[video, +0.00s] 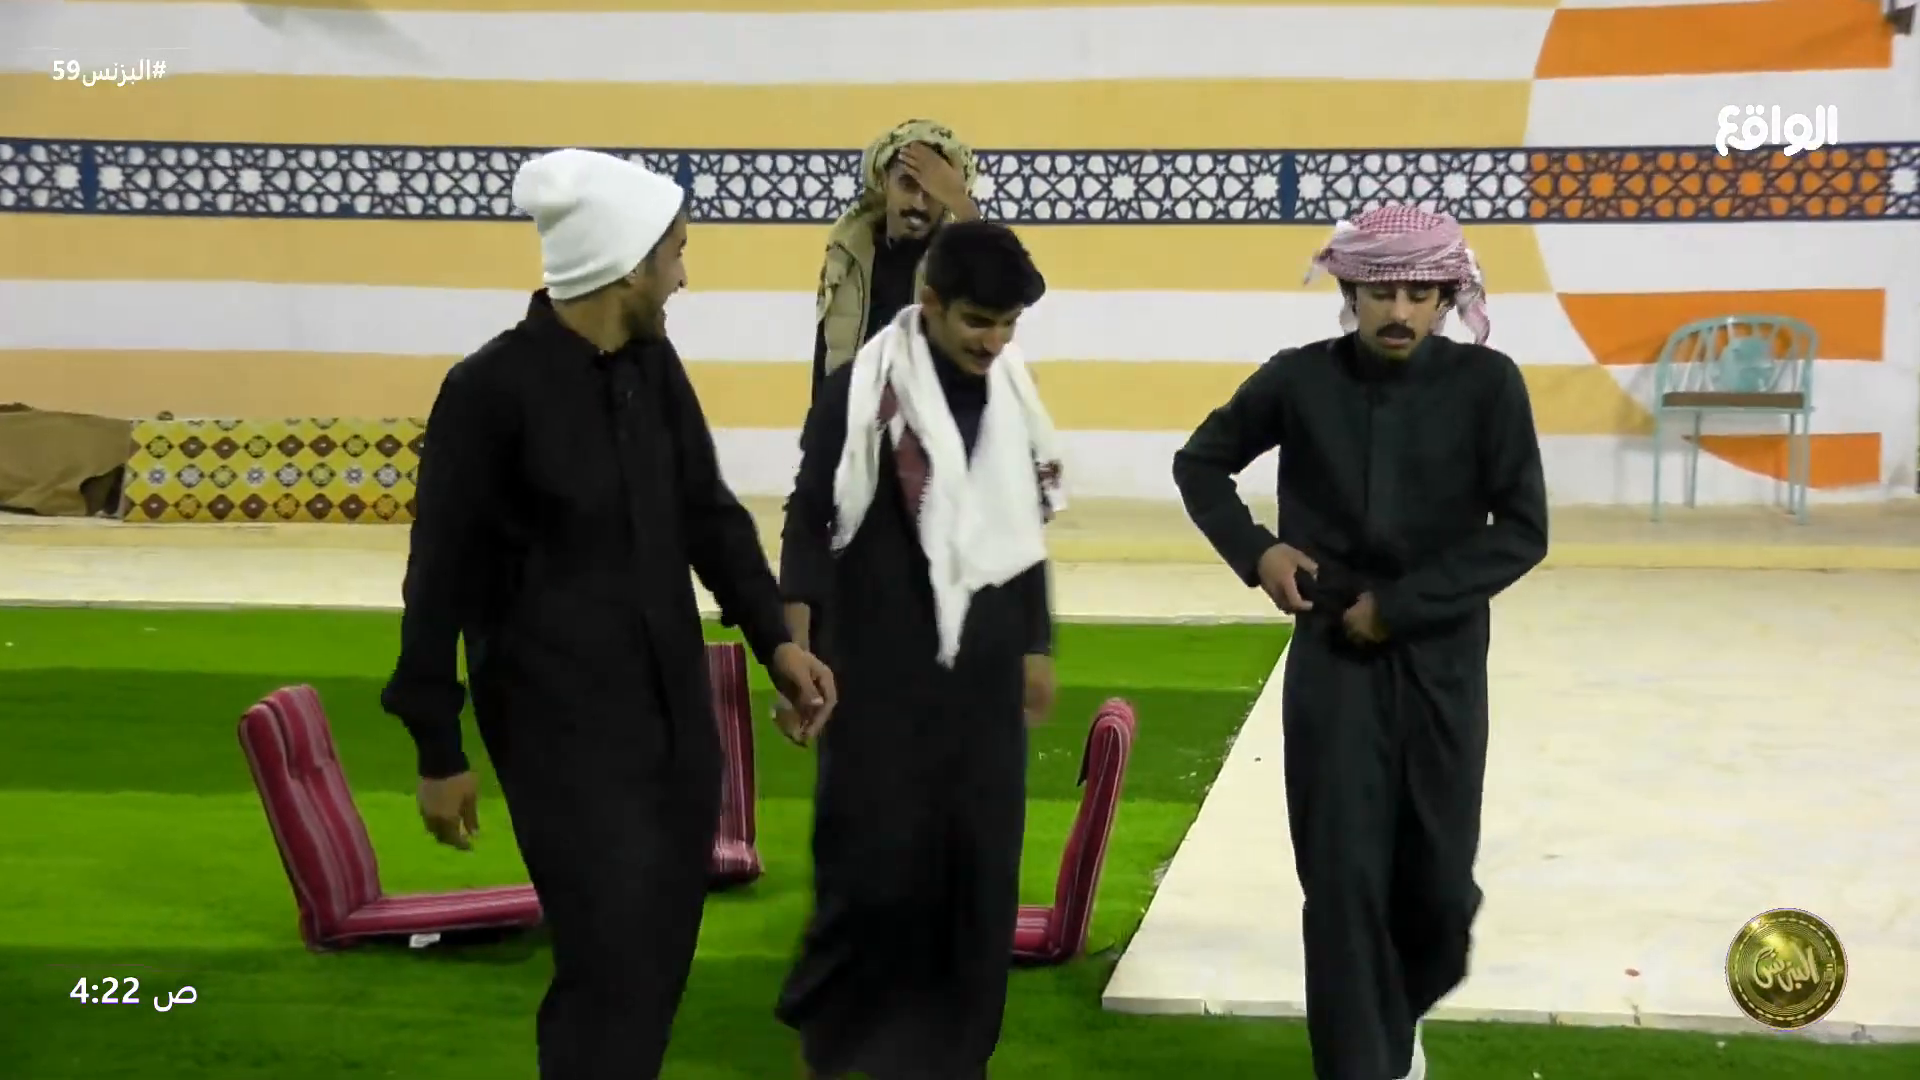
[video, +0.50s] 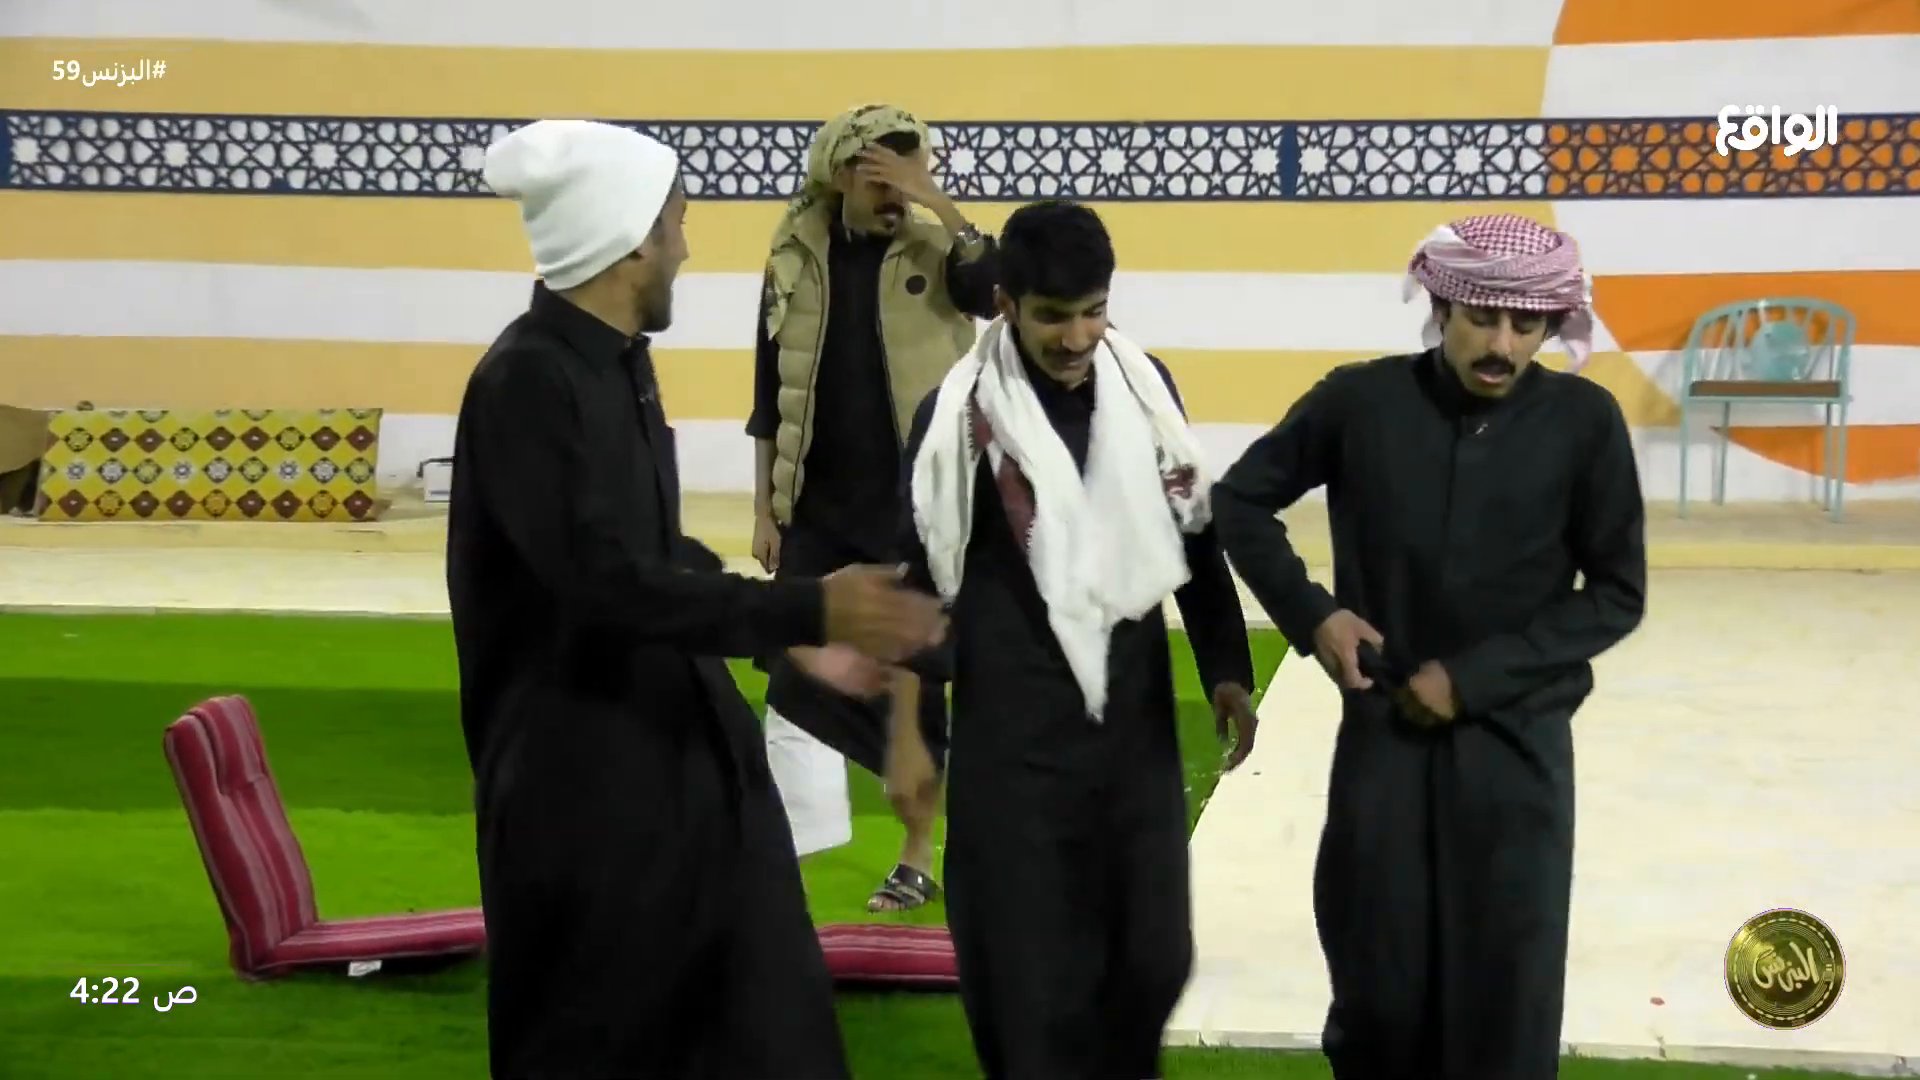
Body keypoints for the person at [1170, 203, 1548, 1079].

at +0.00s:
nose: (1398, 313)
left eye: (1418, 295)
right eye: (1379, 293)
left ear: (1446, 300)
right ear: (1349, 296)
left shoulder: (1490, 384)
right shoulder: (1299, 380)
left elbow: (1523, 534)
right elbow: (1199, 461)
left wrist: (1398, 603)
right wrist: (1257, 550)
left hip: (1445, 668)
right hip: (1334, 666)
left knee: (1441, 895)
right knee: (1343, 889)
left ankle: (1391, 1027)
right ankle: (1360, 1067)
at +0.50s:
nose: (1502, 344)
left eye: (1525, 324)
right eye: (1484, 318)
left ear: (1549, 326)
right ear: (1443, 307)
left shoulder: (1583, 420)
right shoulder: (1357, 401)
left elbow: (1618, 596)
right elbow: (1236, 508)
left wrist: (1470, 676)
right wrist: (1315, 616)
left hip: (1515, 768)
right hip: (1383, 759)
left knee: (1506, 1017)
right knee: (1378, 1011)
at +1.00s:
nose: (1532, 341)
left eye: (1555, 315)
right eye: (1506, 315)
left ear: (1589, 326)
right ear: (1466, 321)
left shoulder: (1652, 445)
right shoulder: (1389, 431)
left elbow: (1707, 638)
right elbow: (1301, 551)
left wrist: (1535, 713)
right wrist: (1367, 664)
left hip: (1590, 805)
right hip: (1447, 799)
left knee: (1571, 1053)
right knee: (1473, 1048)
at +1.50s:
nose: (1609, 378)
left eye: (1640, 352)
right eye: (1582, 346)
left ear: (1675, 366)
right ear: (1533, 349)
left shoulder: (1729, 489)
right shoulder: (1428, 475)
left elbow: (1775, 714)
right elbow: (1295, 609)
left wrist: (1580, 806)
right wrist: (1405, 757)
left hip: (1642, 930)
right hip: (1462, 918)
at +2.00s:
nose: (1567, 419)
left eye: (1594, 386)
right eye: (1536, 386)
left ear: (1634, 382)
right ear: (1487, 381)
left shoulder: (1705, 502)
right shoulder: (1389, 489)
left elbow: (1765, 728)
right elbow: (1267, 635)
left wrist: (1561, 823)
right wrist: (1359, 782)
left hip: (1611, 925)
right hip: (1428, 912)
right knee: (1429, 1061)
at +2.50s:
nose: (1483, 431)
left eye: (1509, 395)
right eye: (1450, 396)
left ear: (1544, 397)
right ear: (1395, 397)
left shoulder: (1608, 516)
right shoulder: (1292, 516)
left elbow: (1659, 753)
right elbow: (1115, 619)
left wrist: (1457, 860)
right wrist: (1229, 799)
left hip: (1541, 985)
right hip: (1344, 979)